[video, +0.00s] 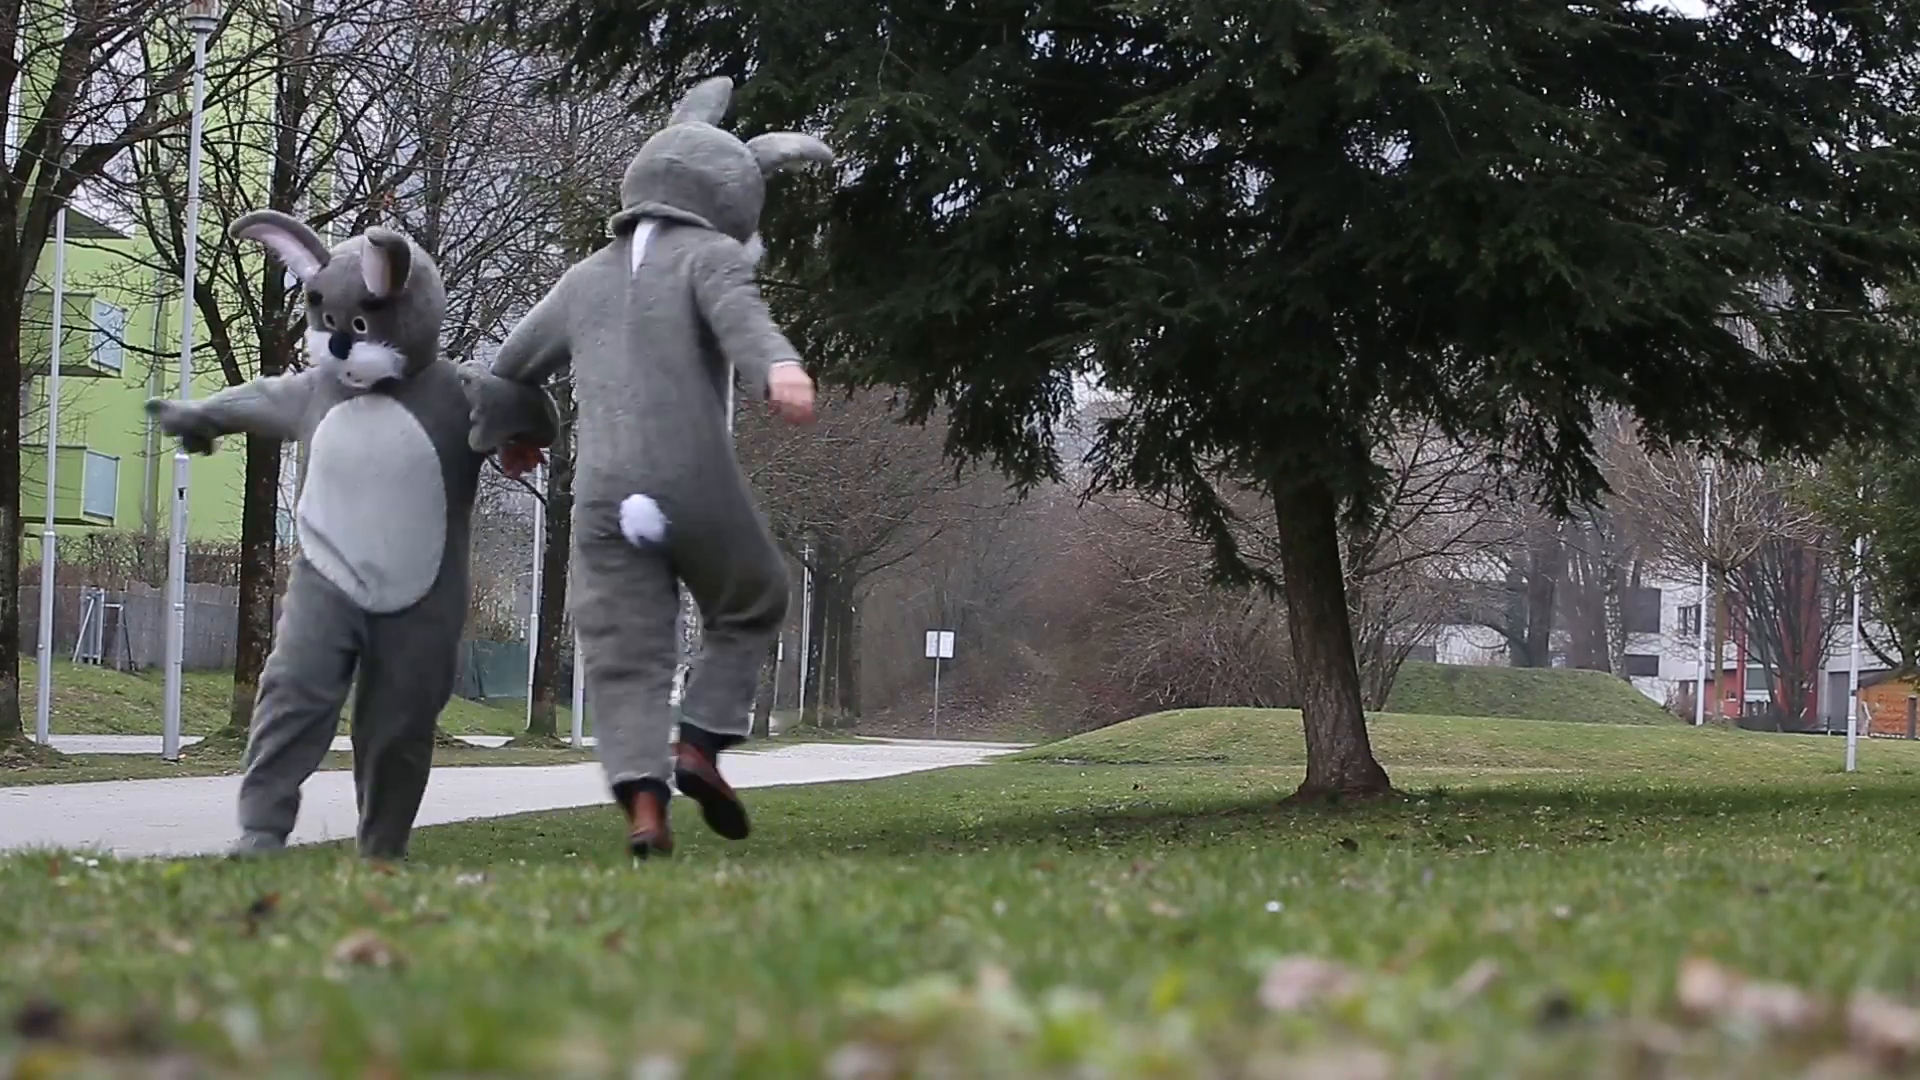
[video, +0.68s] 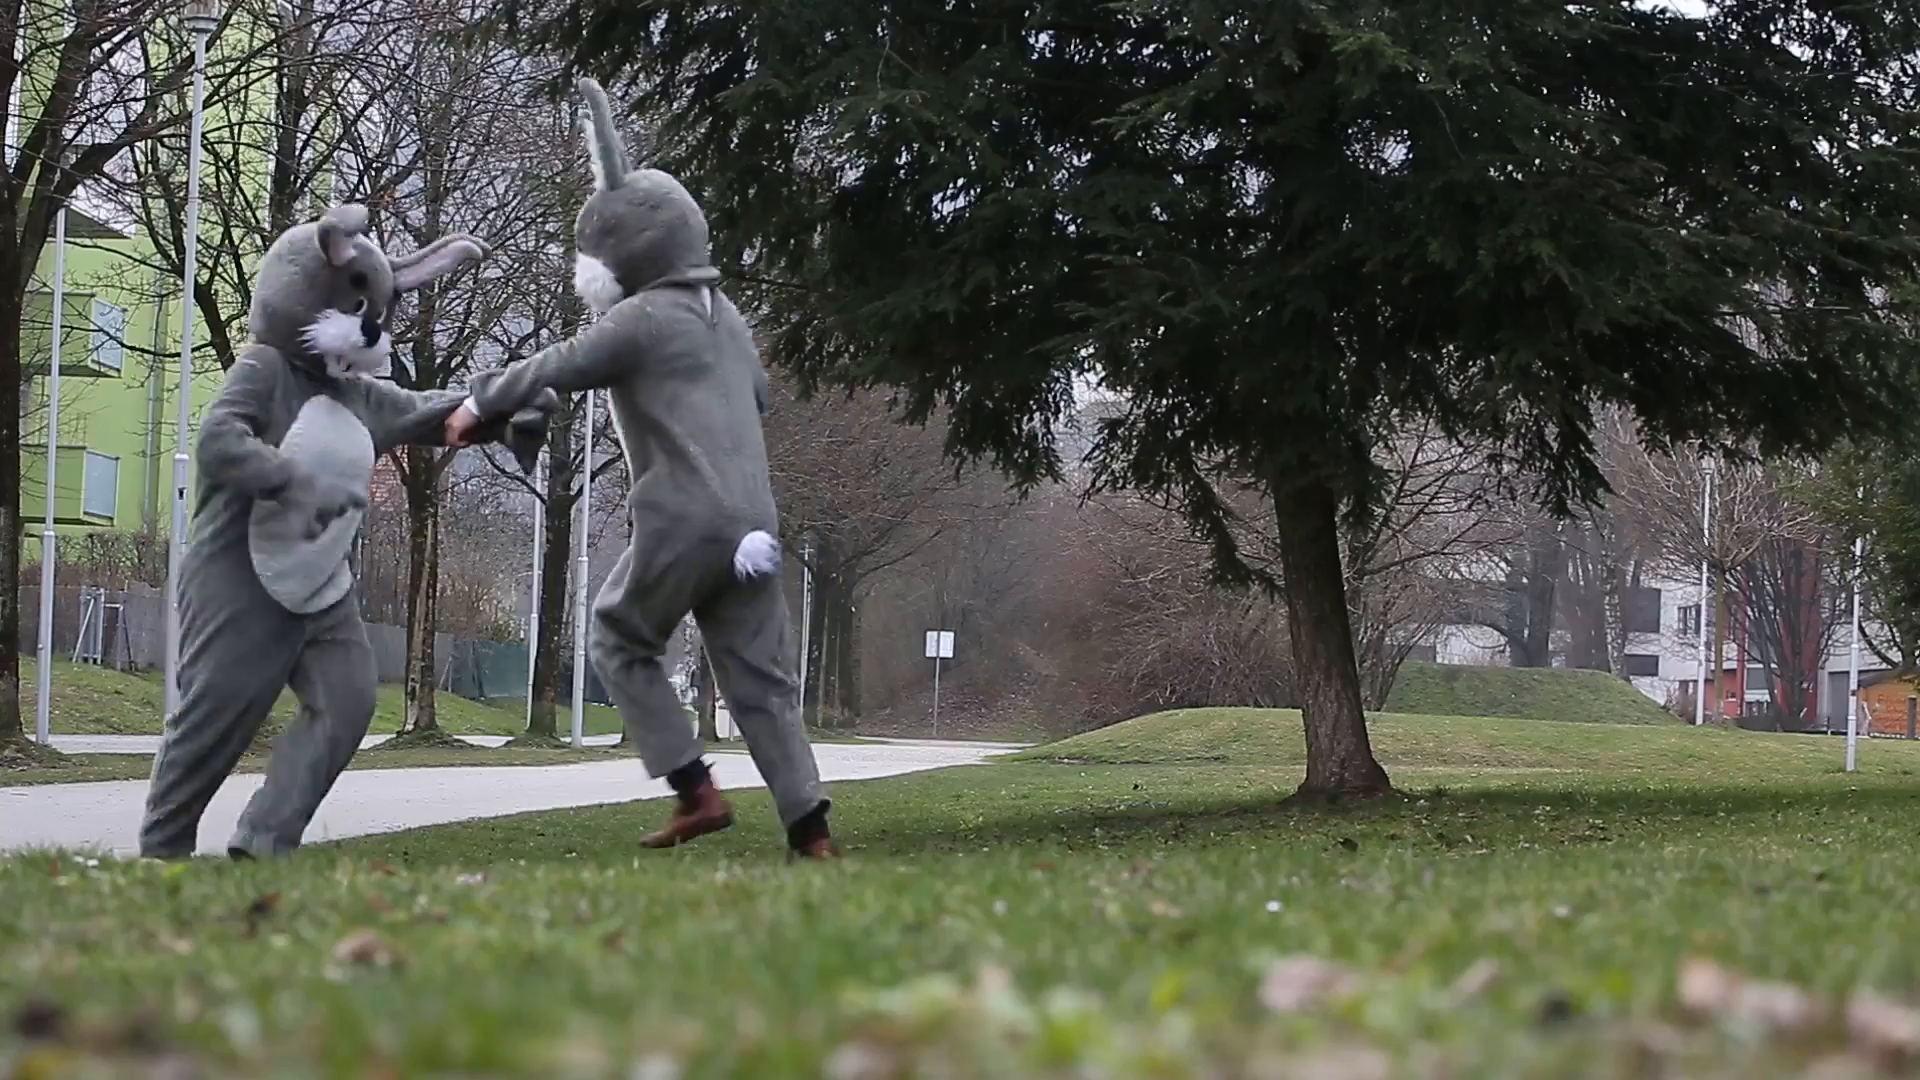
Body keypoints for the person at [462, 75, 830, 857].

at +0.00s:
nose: (747, 226)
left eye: (748, 214)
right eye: (745, 209)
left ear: (641, 193)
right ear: (724, 200)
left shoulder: (586, 274)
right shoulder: (708, 254)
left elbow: (509, 359)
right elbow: (734, 304)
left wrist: (514, 431)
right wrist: (777, 362)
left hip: (602, 483)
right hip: (690, 477)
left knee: (623, 655)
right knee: (750, 600)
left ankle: (646, 819)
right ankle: (700, 746)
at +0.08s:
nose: (758, 206)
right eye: (753, 193)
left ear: (649, 188)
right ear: (735, 193)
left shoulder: (601, 275)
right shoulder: (746, 254)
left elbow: (513, 364)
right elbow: (789, 316)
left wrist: (506, 435)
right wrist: (845, 370)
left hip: (640, 481)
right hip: (741, 475)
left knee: (680, 647)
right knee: (755, 616)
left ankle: (724, 810)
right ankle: (744, 776)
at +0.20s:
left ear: (657, 231)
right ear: (750, 229)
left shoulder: (620, 318)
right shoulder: (781, 303)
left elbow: (522, 376)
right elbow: (860, 362)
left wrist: (492, 423)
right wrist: (949, 407)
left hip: (695, 522)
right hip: (789, 508)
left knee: (748, 677)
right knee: (773, 668)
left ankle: (818, 827)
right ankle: (753, 804)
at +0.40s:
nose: (644, 280)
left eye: (650, 267)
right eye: (647, 267)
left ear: (669, 270)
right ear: (743, 265)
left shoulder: (652, 349)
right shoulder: (796, 347)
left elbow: (560, 381)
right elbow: (872, 417)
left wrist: (488, 391)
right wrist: (943, 467)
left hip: (718, 554)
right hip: (797, 547)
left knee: (750, 702)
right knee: (767, 698)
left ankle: (822, 806)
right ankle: (763, 845)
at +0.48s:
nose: (636, 272)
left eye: (641, 259)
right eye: (638, 259)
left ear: (661, 265)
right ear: (733, 258)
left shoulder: (659, 340)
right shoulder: (784, 339)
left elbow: (565, 371)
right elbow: (841, 413)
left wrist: (487, 386)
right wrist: (876, 462)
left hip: (710, 545)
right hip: (785, 540)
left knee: (705, 698)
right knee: (768, 708)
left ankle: (791, 772)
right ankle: (767, 846)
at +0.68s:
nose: (595, 273)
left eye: (601, 257)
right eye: (595, 256)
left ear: (632, 252)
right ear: (682, 245)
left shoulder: (639, 320)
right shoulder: (729, 320)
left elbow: (551, 369)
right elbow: (759, 398)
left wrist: (482, 403)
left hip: (683, 514)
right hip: (754, 513)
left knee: (620, 640)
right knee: (763, 684)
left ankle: (694, 793)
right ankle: (812, 831)